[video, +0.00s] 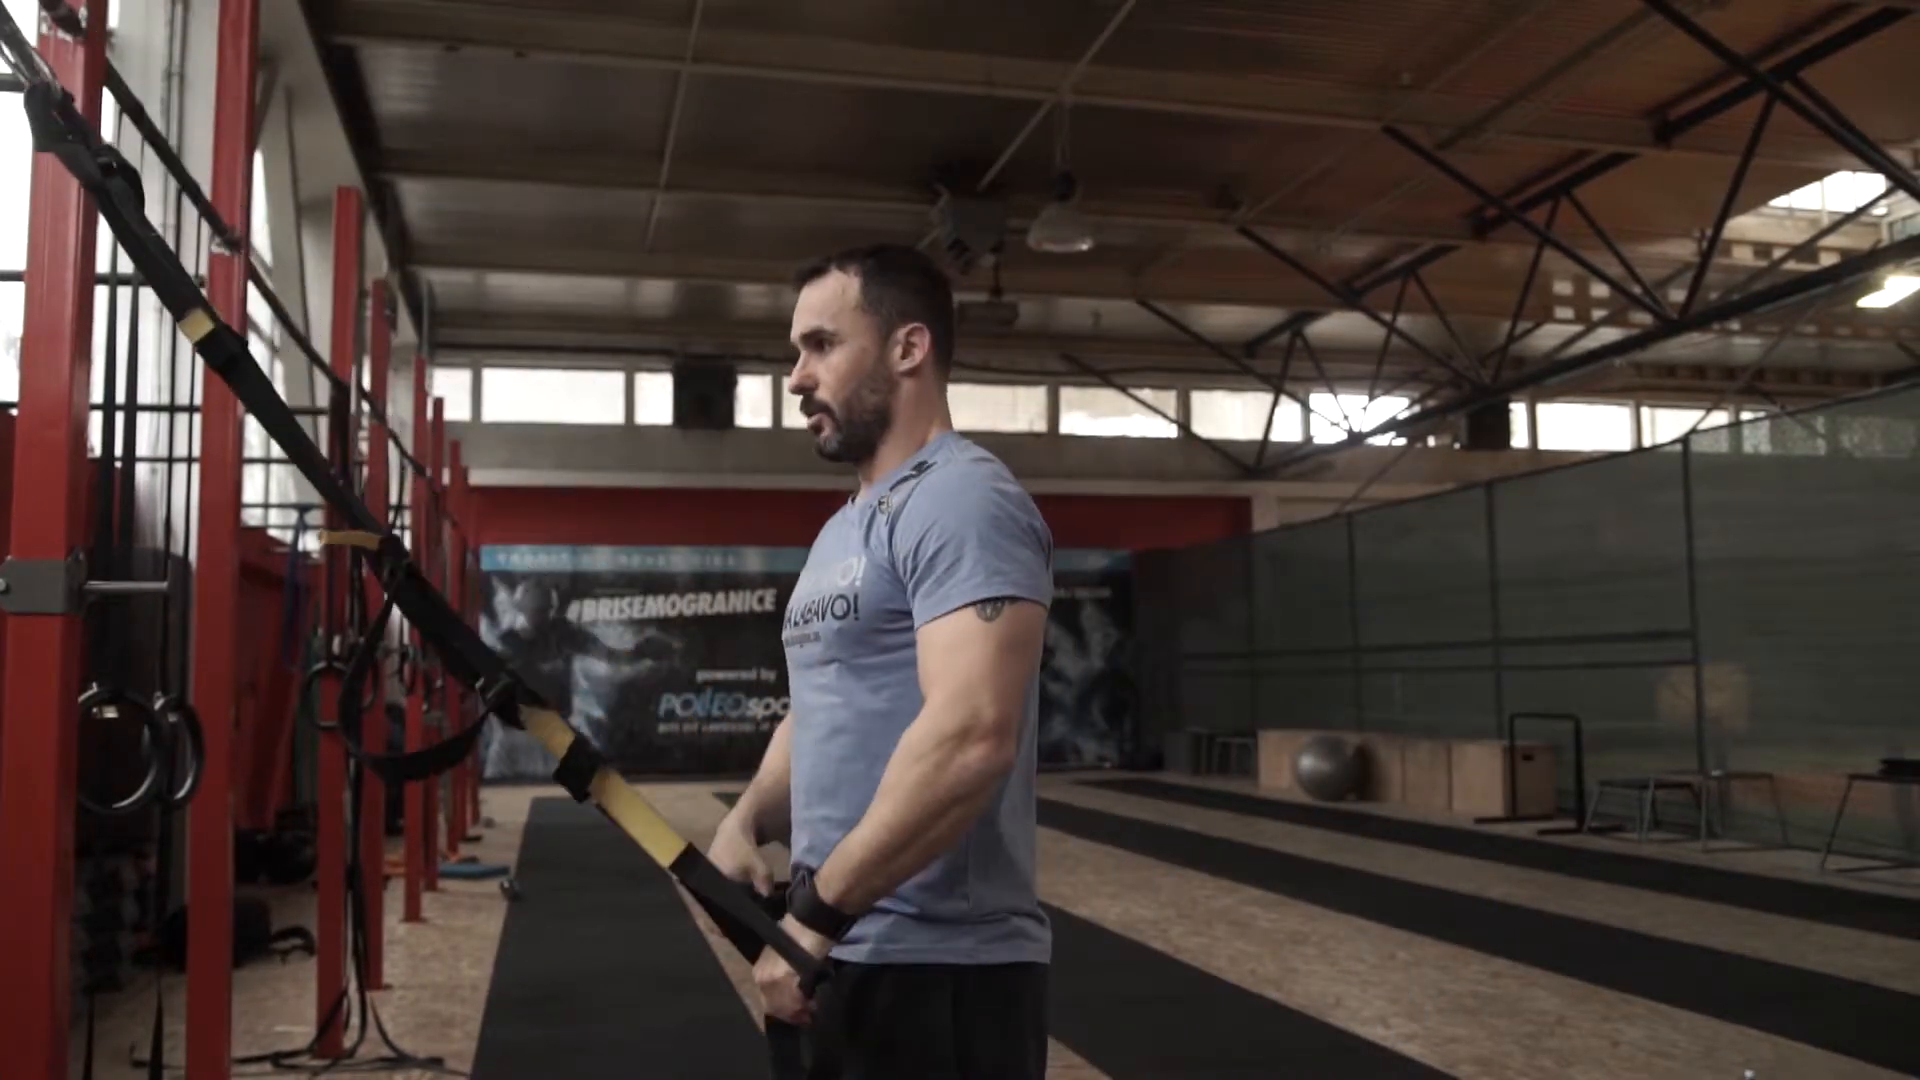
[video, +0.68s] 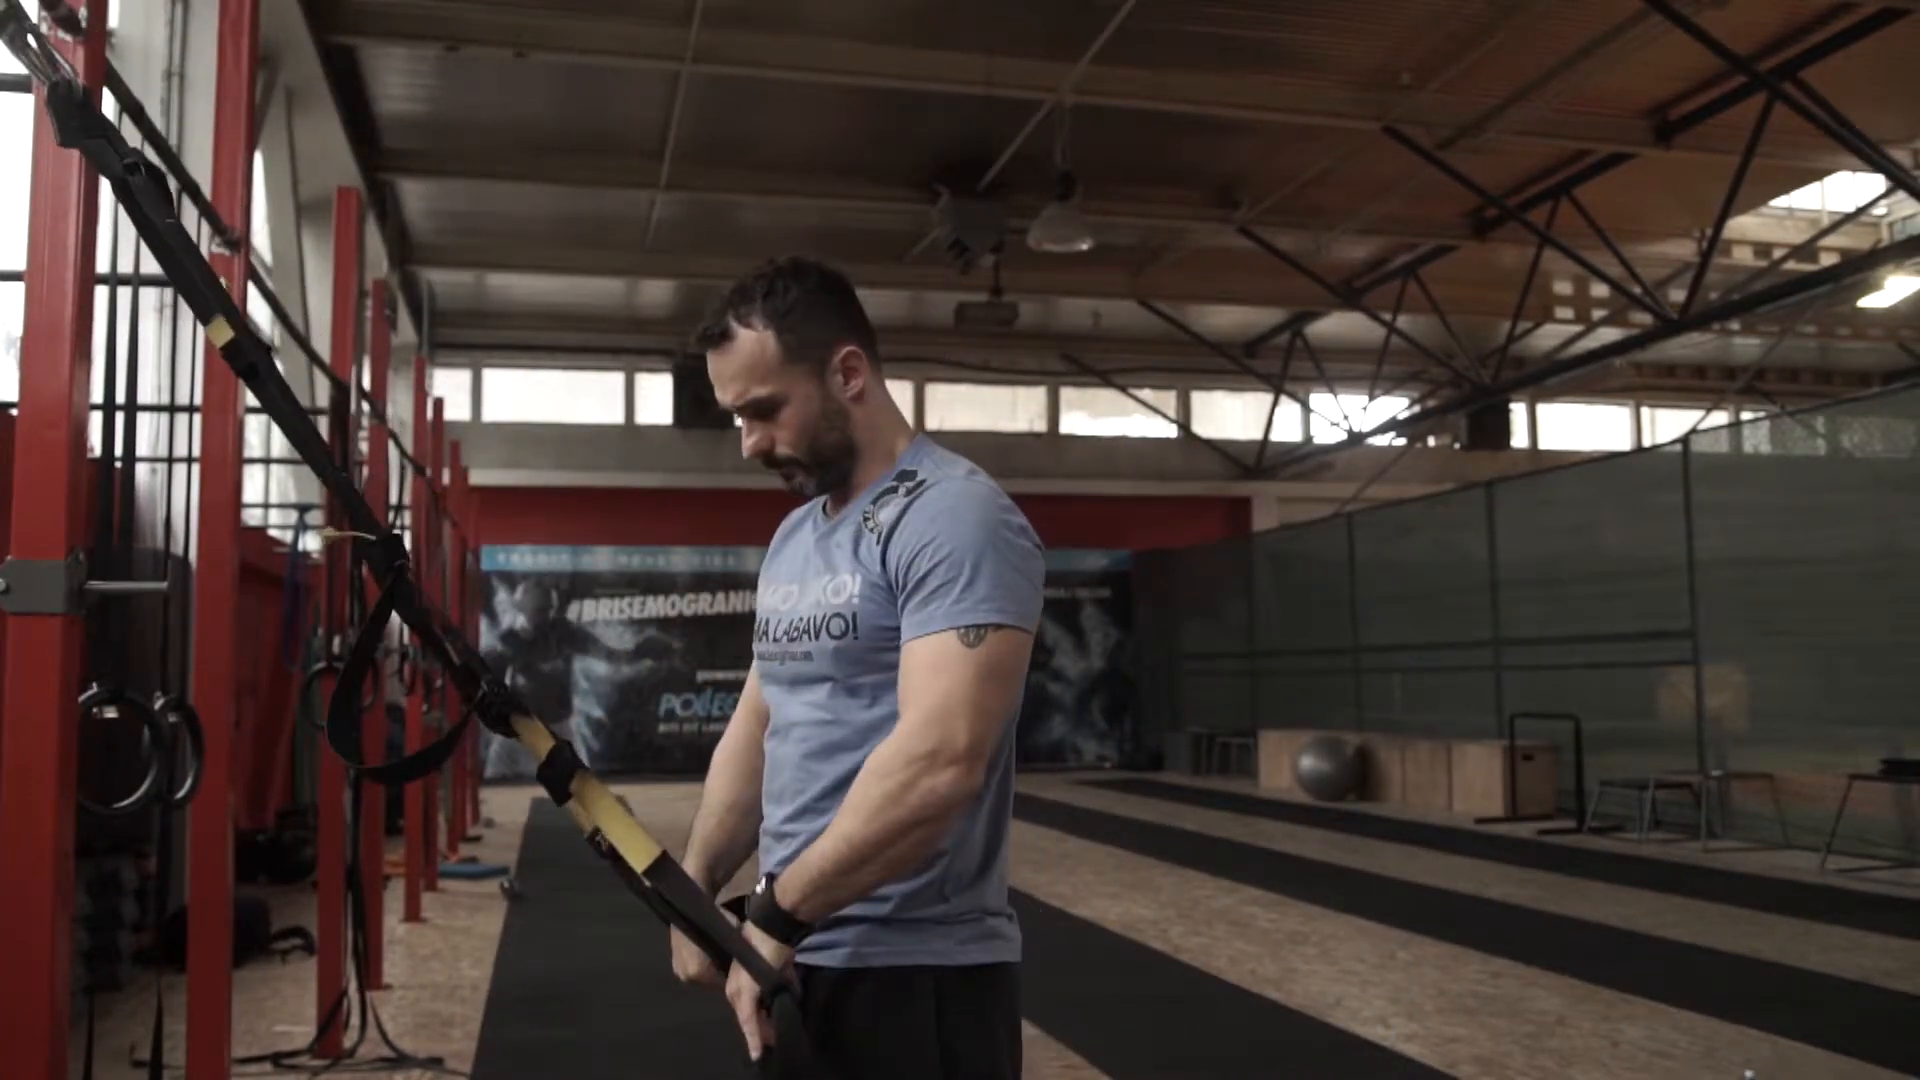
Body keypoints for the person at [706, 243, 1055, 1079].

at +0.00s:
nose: (797, 378)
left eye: (822, 344)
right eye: (797, 354)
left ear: (909, 347)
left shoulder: (965, 495)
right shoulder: (847, 526)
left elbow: (973, 737)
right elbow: (821, 705)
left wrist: (815, 912)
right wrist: (747, 821)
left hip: (941, 970)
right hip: (846, 960)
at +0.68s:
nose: (751, 445)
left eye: (765, 409)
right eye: (738, 420)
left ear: (851, 373)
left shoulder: (960, 516)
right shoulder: (795, 537)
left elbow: (942, 759)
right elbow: (757, 721)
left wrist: (775, 913)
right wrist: (695, 883)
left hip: (923, 973)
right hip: (804, 966)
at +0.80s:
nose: (742, 450)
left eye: (756, 414)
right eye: (727, 425)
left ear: (842, 376)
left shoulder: (951, 514)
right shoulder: (786, 539)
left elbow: (922, 762)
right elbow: (748, 723)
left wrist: (761, 921)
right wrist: (684, 888)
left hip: (916, 975)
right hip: (796, 969)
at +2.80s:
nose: (695, 461)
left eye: (704, 425)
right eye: (681, 436)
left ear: (786, 379)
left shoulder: (905, 509)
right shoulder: (773, 541)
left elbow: (852, 775)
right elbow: (741, 735)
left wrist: (722, 955)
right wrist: (680, 895)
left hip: (897, 984)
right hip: (784, 973)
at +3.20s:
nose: (674, 472)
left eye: (684, 436)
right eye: (662, 446)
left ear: (770, 391)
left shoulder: (887, 520)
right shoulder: (762, 535)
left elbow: (899, 799)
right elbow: (765, 734)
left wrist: (770, 943)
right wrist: (721, 901)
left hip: (939, 984)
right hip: (817, 971)